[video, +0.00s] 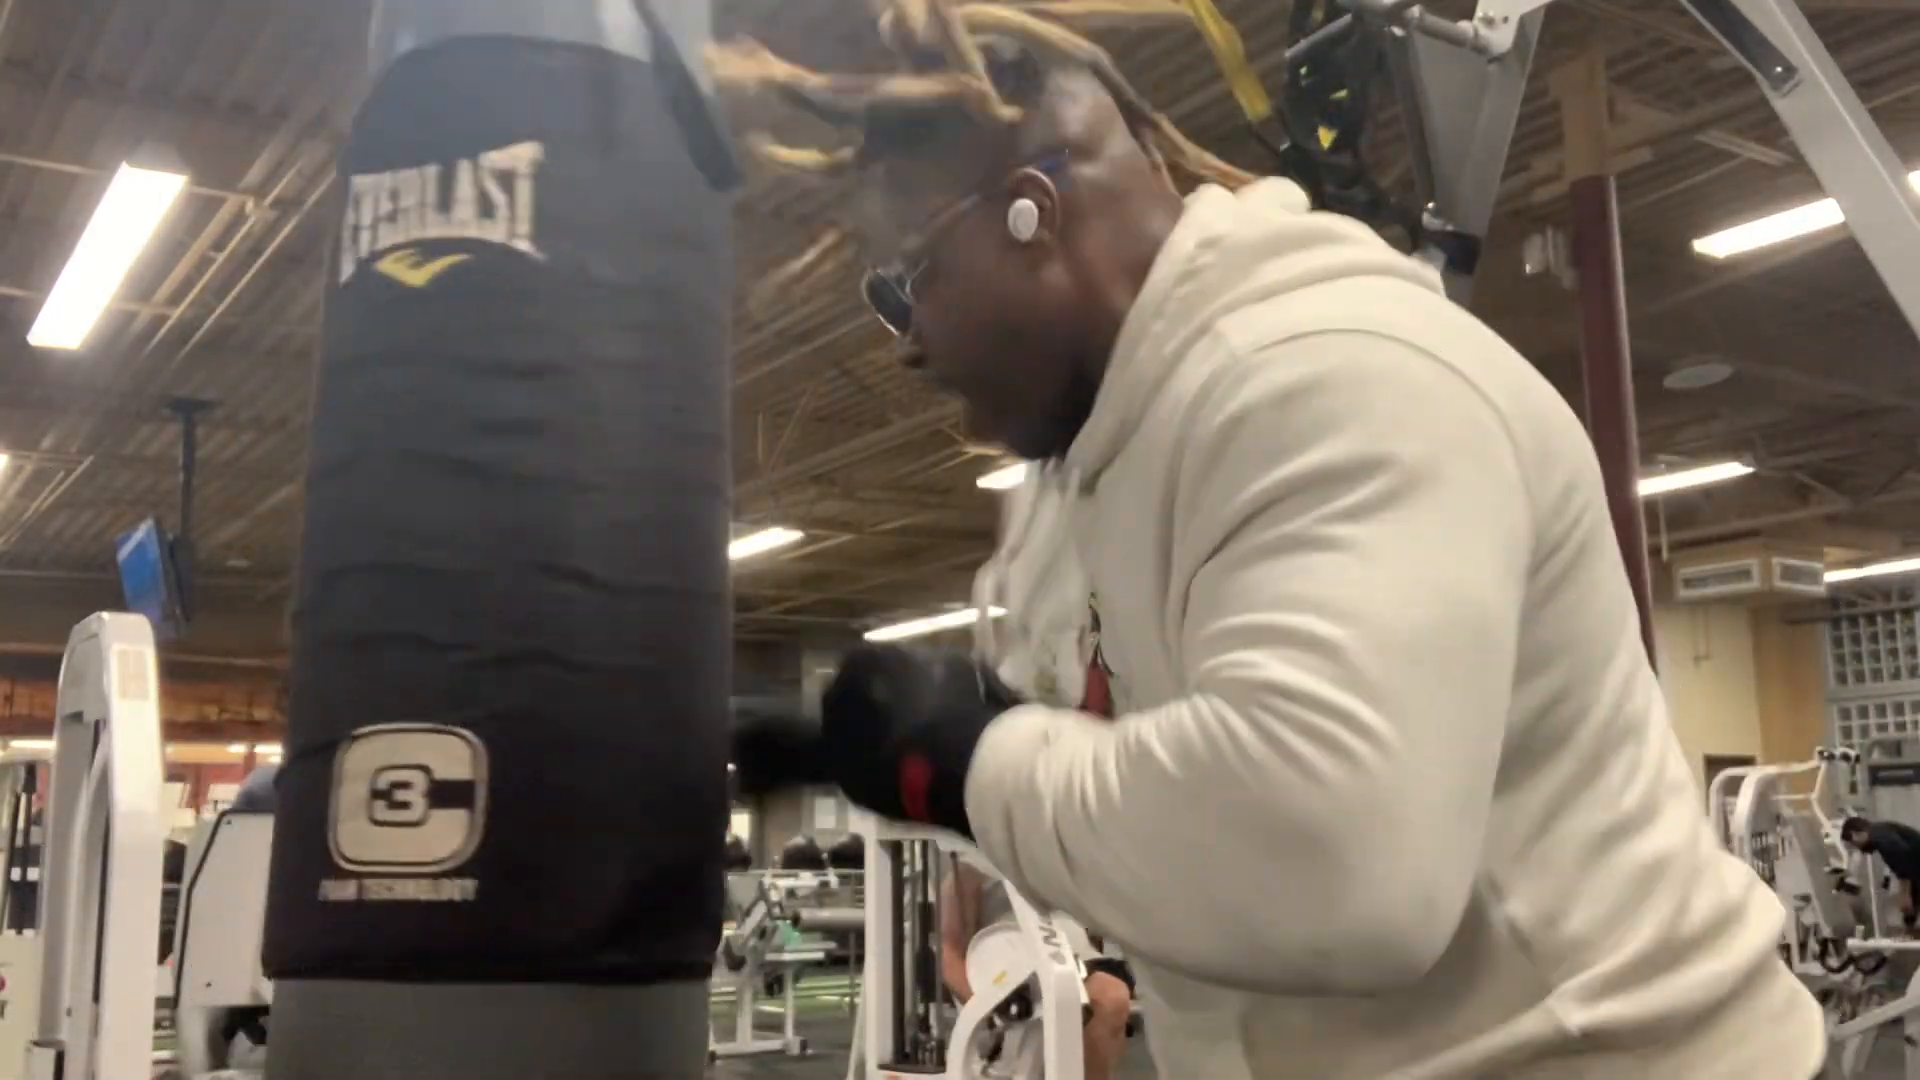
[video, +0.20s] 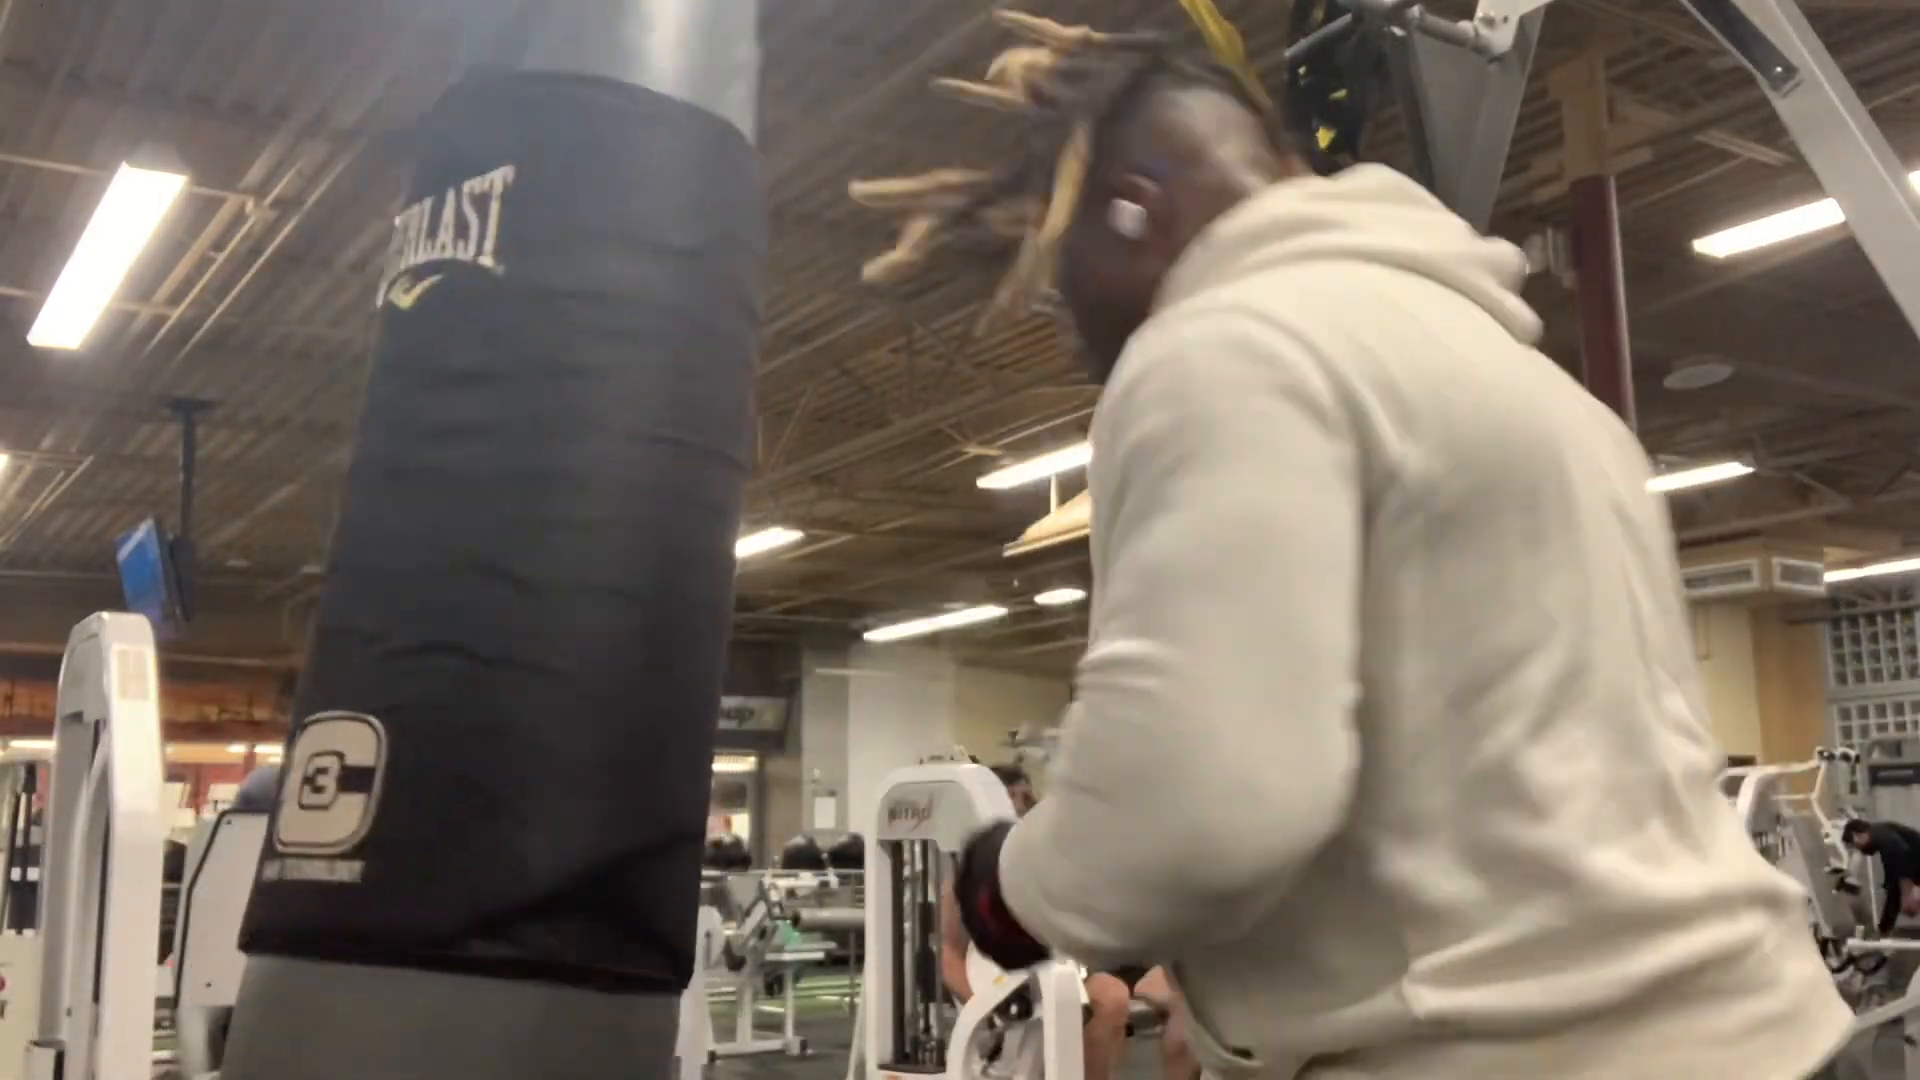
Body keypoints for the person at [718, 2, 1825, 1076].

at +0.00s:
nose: (909, 355)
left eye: (900, 293)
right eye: (888, 310)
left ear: (1028, 203)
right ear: (1027, 208)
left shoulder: (1331, 371)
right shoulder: (1104, 448)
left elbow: (1344, 855)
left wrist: (977, 761)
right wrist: (905, 733)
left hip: (1587, 1053)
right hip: (1312, 1044)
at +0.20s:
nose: (1084, 343)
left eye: (1069, 290)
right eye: (1061, 307)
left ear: (1136, 210)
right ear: (1285, 181)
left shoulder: (1234, 341)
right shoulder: (1528, 371)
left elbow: (1219, 786)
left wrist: (1009, 891)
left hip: (1477, 1050)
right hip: (1745, 1016)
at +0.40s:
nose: (1186, 326)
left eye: (1191, 279)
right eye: (1182, 292)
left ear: (1276, 226)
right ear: (1422, 202)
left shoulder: (1279, 357)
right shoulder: (1620, 385)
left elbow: (1015, 744)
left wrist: (1158, 452)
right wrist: (1236, 1000)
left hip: (1512, 1041)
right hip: (1831, 1027)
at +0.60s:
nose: (1057, 380)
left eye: (1046, 329)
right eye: (1038, 339)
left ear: (1126, 272)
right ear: (1259, 236)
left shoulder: (1215, 462)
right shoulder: (1461, 389)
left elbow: (1166, 934)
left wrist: (970, 848)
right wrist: (1060, 590)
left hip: (1522, 1047)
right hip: (1780, 1026)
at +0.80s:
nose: (968, 382)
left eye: (964, 358)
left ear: (991, 330)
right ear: (1181, 228)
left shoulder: (1030, 552)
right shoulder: (1493, 369)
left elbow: (1059, 1010)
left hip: (1350, 1051)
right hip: (1686, 1024)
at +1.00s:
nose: (830, 411)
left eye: (833, 373)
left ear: (867, 361)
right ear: (1078, 248)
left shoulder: (849, 576)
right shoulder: (1412, 347)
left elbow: (582, 837)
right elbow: (1744, 598)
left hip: (1340, 1058)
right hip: (1685, 1029)